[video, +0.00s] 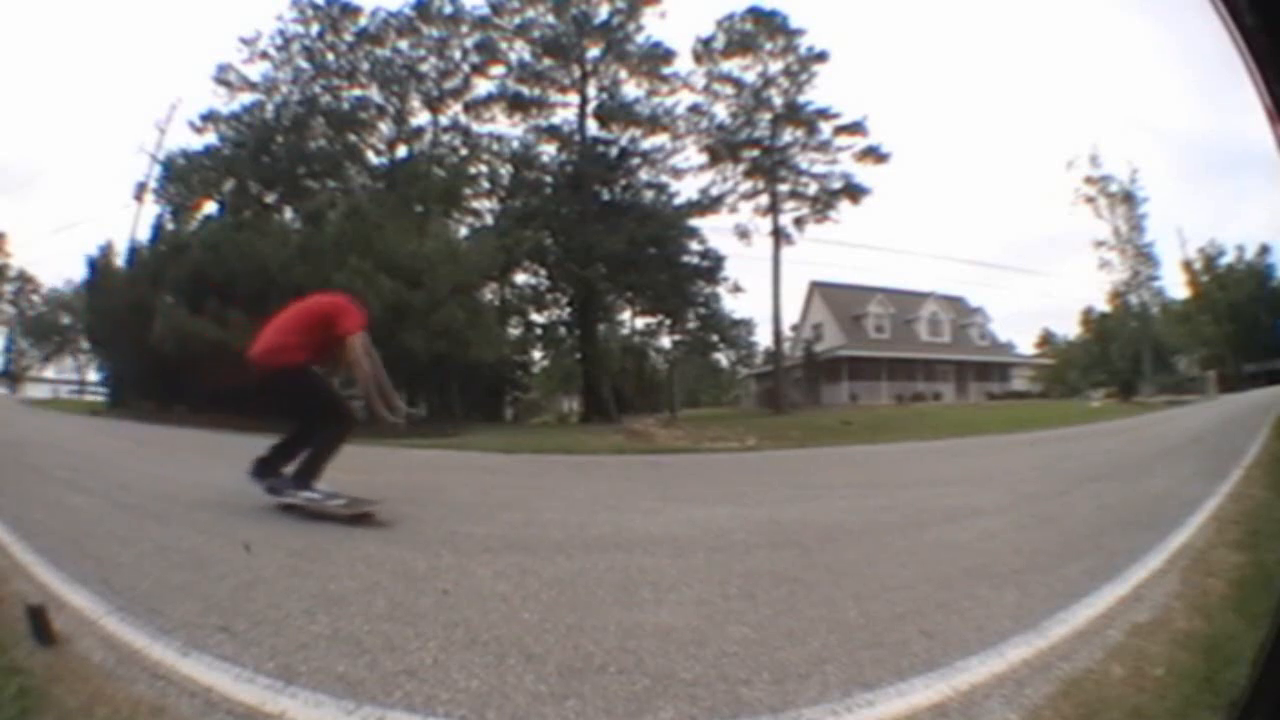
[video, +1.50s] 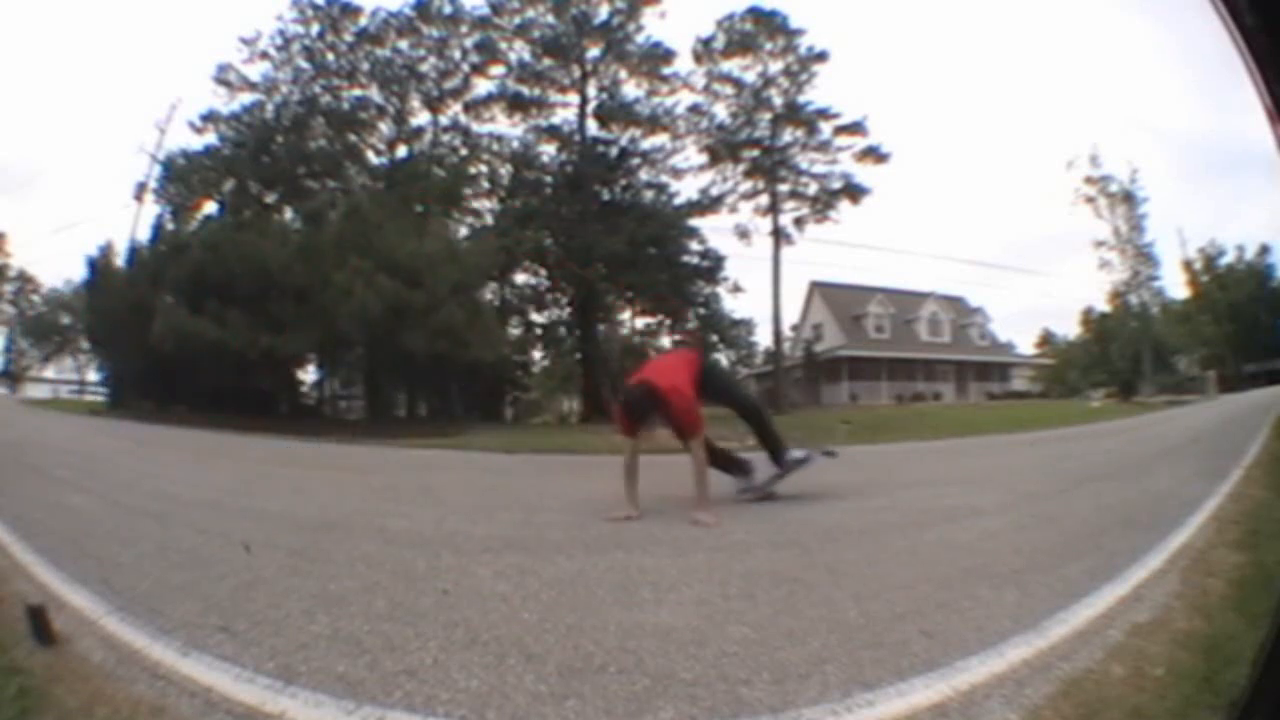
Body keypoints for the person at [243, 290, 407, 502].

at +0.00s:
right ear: (360, 309)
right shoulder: (346, 308)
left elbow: (371, 358)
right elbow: (360, 362)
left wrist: (393, 401)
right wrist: (378, 410)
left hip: (267, 365)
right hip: (286, 367)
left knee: (315, 421)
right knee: (341, 421)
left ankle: (267, 468)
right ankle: (300, 483)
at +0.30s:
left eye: (364, 194)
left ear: (375, 191)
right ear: (406, 191)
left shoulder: (374, 200)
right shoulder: (428, 204)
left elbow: (350, 172)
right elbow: (454, 192)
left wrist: (329, 142)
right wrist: (476, 177)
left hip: (387, 287)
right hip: (425, 284)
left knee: (362, 370)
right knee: (467, 335)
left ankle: (334, 452)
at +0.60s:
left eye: (431, 215)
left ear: (440, 213)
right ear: (465, 207)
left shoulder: (446, 235)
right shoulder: (495, 221)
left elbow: (429, 276)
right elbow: (543, 214)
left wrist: (420, 307)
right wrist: (589, 205)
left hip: (510, 291)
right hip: (531, 286)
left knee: (499, 369)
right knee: (504, 367)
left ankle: (531, 448)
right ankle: (524, 444)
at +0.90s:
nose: (492, 299)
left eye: (489, 292)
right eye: (487, 295)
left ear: (497, 281)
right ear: (497, 281)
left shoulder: (530, 276)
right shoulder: (525, 289)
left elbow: (560, 298)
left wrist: (558, 342)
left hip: (607, 322)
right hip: (583, 334)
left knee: (616, 396)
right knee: (576, 407)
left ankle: (646, 457)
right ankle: (584, 473)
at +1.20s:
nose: (565, 361)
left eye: (564, 353)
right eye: (561, 356)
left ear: (576, 341)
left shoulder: (610, 315)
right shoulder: (587, 355)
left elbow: (629, 346)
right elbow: (594, 391)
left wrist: (601, 392)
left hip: (671, 320)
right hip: (644, 337)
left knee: (691, 380)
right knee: (647, 407)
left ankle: (712, 443)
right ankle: (663, 475)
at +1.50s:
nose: (646, 427)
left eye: (648, 420)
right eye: (641, 423)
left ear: (656, 408)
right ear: (629, 411)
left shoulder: (676, 397)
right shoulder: (629, 405)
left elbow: (697, 451)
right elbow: (631, 454)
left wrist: (702, 507)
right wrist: (633, 506)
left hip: (695, 368)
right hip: (664, 378)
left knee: (748, 405)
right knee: (697, 445)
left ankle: (782, 457)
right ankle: (745, 471)